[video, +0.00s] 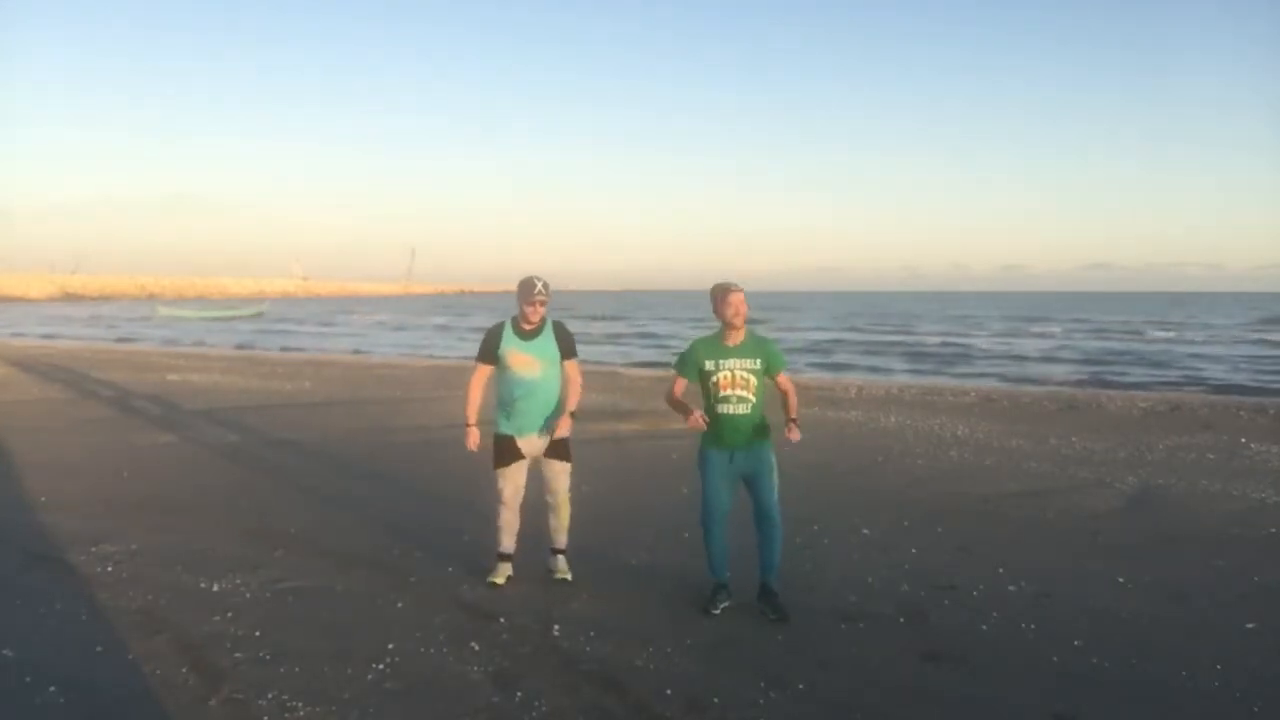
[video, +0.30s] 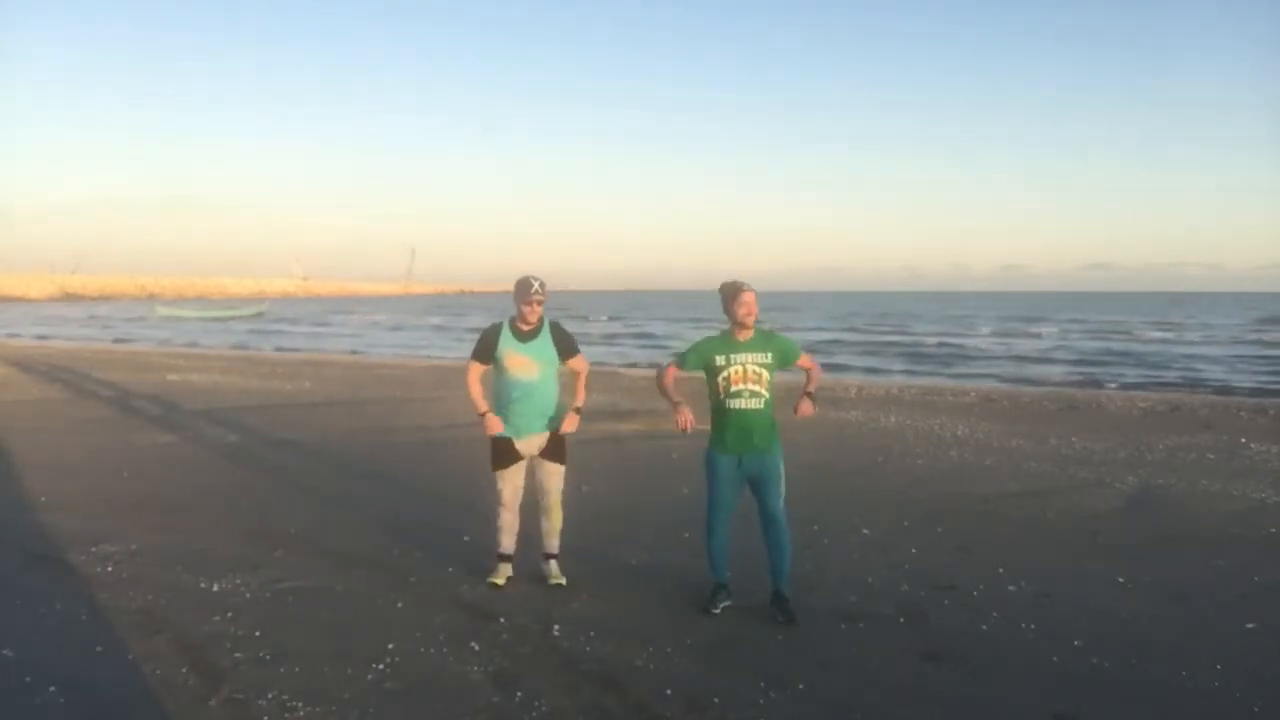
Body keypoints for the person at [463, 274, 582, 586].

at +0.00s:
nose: (535, 309)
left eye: (540, 303)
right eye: (529, 303)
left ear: (547, 305)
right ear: (518, 302)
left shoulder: (559, 333)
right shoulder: (498, 334)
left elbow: (574, 377)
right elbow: (478, 379)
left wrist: (567, 414)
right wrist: (471, 423)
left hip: (553, 430)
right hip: (510, 432)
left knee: (559, 496)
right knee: (508, 498)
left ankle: (559, 555)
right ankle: (504, 560)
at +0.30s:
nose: (533, 309)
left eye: (538, 303)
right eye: (527, 302)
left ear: (545, 304)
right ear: (516, 302)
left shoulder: (554, 333)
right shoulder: (496, 335)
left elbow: (582, 368)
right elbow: (473, 374)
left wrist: (576, 410)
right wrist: (485, 413)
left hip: (550, 434)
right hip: (508, 435)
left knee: (552, 500)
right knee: (507, 501)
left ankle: (551, 561)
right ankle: (504, 562)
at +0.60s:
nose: (534, 316)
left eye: (539, 310)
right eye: (529, 310)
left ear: (547, 310)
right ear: (519, 308)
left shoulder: (559, 339)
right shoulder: (499, 338)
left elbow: (575, 385)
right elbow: (481, 383)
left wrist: (565, 422)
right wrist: (485, 424)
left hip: (550, 437)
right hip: (507, 436)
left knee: (552, 501)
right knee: (504, 501)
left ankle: (552, 563)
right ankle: (507, 560)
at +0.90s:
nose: (510, 324)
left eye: (515, 318)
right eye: (505, 318)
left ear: (524, 315)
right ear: (495, 315)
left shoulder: (538, 338)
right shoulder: (480, 340)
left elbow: (570, 370)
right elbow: (463, 376)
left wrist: (569, 387)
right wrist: (453, 403)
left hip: (531, 439)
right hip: (485, 437)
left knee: (542, 510)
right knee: (472, 505)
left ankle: (549, 565)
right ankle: (470, 573)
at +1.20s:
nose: (502, 324)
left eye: (508, 318)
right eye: (497, 318)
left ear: (517, 316)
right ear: (487, 315)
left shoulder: (531, 340)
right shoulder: (472, 342)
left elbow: (554, 374)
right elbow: (456, 375)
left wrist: (555, 393)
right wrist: (445, 400)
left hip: (524, 439)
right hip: (480, 438)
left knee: (526, 508)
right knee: (473, 508)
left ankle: (529, 574)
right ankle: (472, 573)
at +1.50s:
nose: (508, 315)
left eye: (513, 309)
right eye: (502, 309)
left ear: (522, 308)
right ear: (492, 308)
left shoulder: (535, 334)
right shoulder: (477, 334)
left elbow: (564, 372)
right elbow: (457, 367)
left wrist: (566, 375)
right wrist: (443, 381)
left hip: (527, 437)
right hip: (484, 436)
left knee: (527, 505)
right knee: (484, 508)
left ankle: (530, 576)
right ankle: (481, 579)